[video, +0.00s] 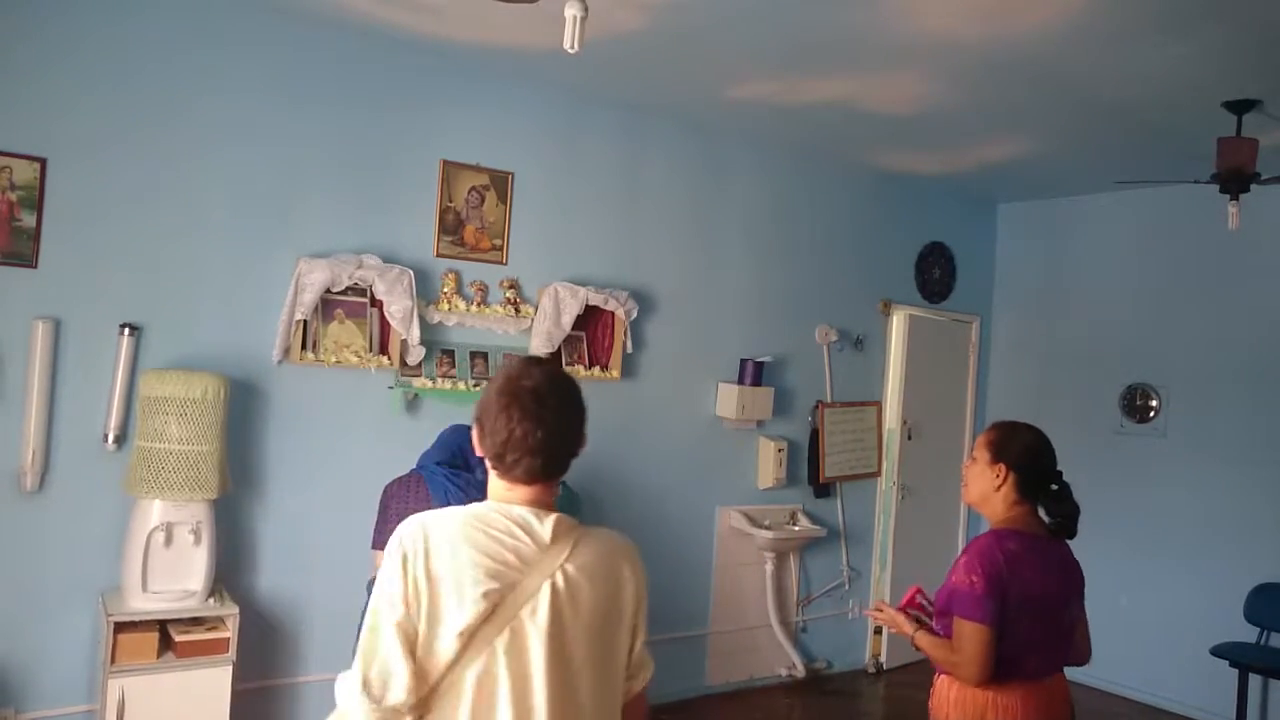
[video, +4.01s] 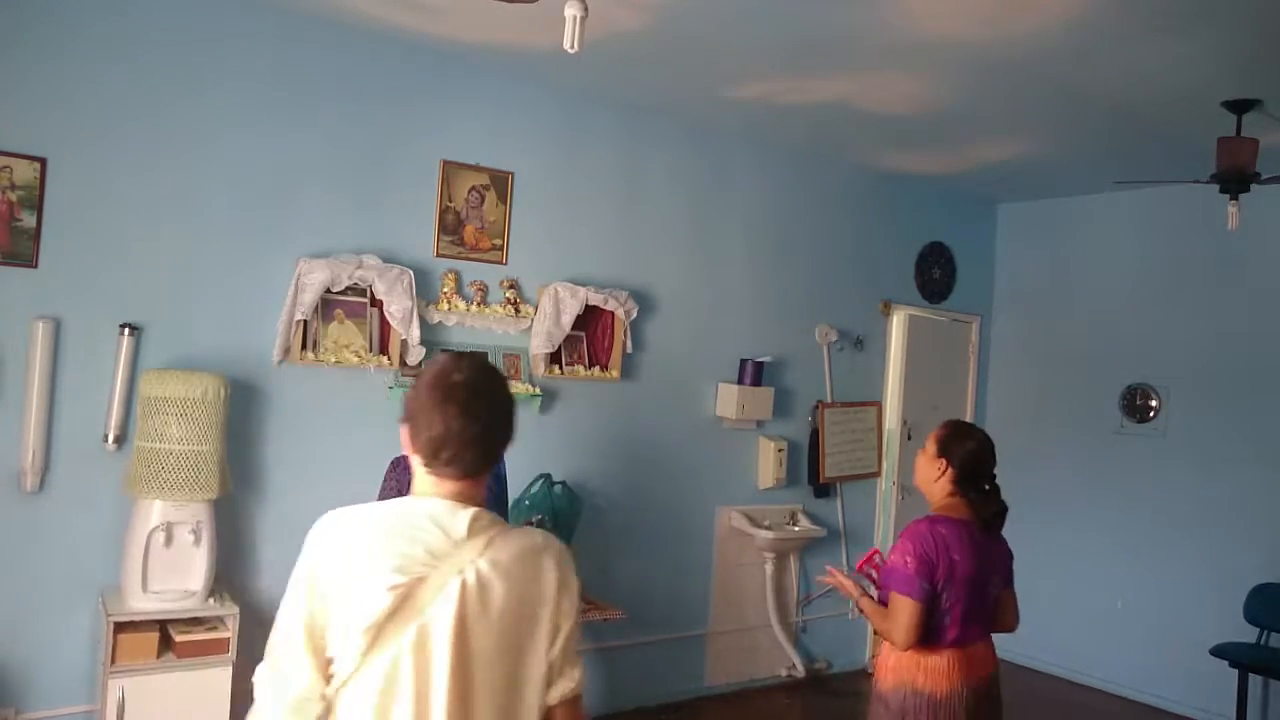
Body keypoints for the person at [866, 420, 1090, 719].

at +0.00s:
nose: (963, 468)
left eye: (972, 459)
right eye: (968, 458)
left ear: (999, 475)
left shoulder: (983, 554)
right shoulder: (1059, 551)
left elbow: (972, 668)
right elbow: (1079, 652)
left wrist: (912, 630)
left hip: (982, 701)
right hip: (1048, 696)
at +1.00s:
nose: (987, 486)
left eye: (990, 476)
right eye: (989, 475)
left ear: (1009, 488)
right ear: (1060, 483)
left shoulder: (992, 572)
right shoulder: (1110, 565)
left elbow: (984, 693)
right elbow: (1143, 667)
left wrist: (942, 645)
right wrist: (1069, 661)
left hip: (1020, 710)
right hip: (1100, 709)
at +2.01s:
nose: (1067, 488)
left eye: (1077, 476)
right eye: (1073, 476)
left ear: (1107, 494)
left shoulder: (1101, 575)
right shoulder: (1176, 569)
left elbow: (1089, 697)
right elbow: (1195, 676)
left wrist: (1021, 649)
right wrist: (1055, 648)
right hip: (1168, 711)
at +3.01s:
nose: (956, 469)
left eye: (964, 463)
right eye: (961, 461)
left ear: (987, 485)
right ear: (1027, 484)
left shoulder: (962, 555)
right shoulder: (1061, 559)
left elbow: (940, 668)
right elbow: (1085, 657)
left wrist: (898, 624)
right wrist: (1016, 647)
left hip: (969, 702)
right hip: (1041, 701)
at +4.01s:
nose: (917, 458)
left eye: (923, 451)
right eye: (921, 450)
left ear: (942, 467)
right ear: (979, 472)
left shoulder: (921, 536)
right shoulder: (993, 538)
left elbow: (901, 634)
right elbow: (1006, 619)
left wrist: (858, 596)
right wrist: (951, 614)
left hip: (919, 677)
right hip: (977, 670)